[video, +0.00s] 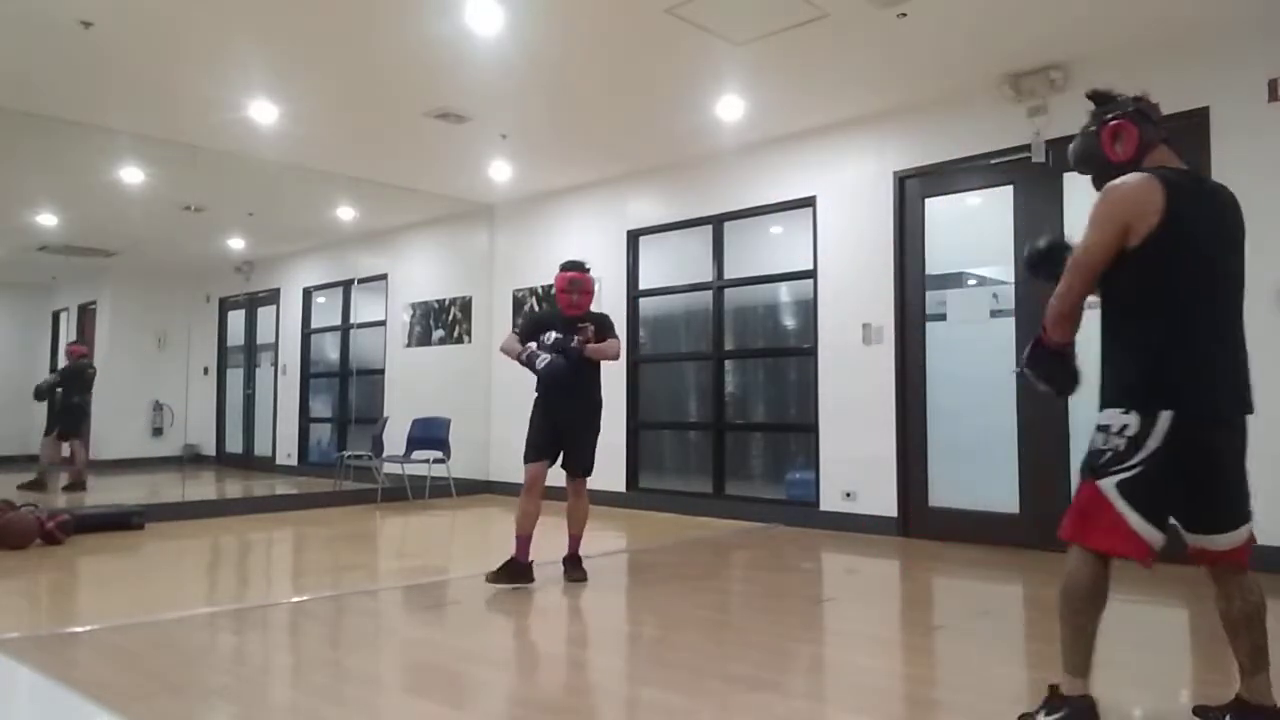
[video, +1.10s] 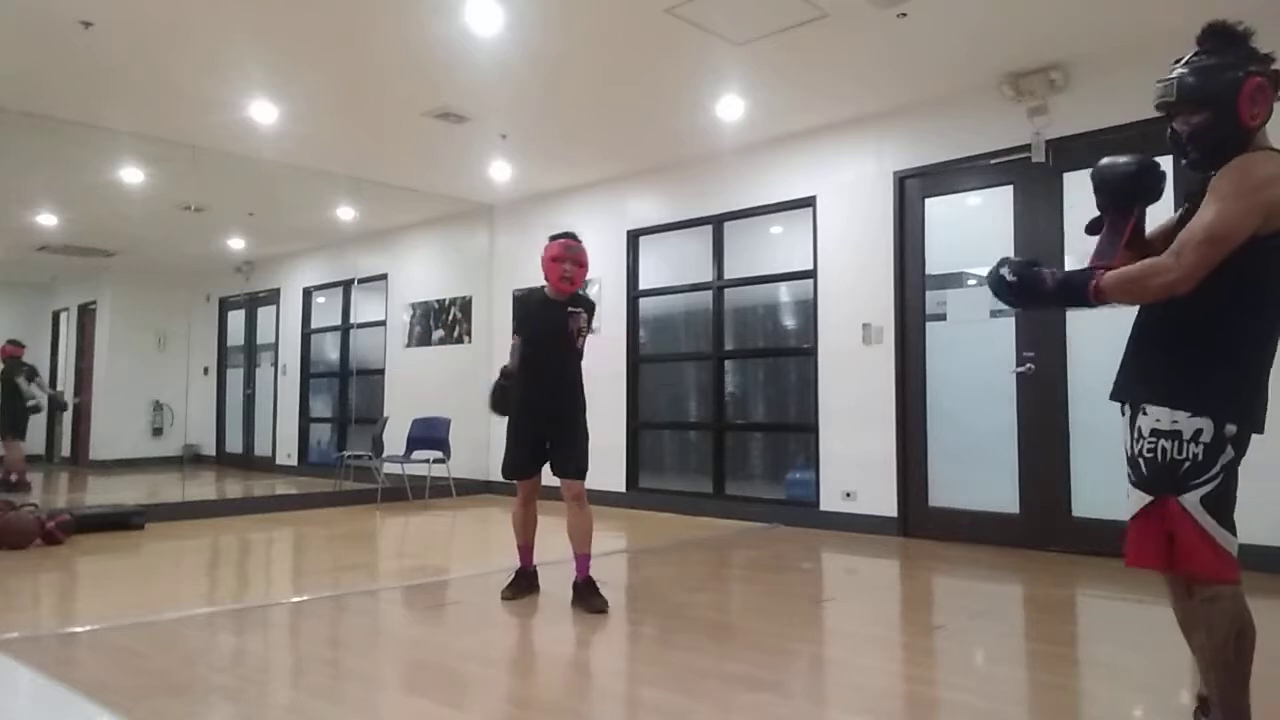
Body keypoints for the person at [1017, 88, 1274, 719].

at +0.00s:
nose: (1098, 176)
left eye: (1098, 163)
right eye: (1095, 166)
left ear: (1121, 137)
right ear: (1155, 136)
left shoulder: (1127, 195)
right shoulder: (1222, 201)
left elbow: (1066, 299)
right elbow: (1168, 281)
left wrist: (1054, 352)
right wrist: (1076, 265)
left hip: (1146, 403)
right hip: (1221, 404)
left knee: (1087, 542)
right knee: (1229, 557)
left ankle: (1073, 695)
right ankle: (1258, 699)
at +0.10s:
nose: (1114, 174)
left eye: (1114, 158)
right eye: (1109, 163)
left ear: (1145, 134)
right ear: (1169, 135)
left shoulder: (1157, 189)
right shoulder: (1224, 194)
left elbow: (1086, 294)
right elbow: (1177, 280)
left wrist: (1077, 340)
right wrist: (1106, 245)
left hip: (1172, 400)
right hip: (1236, 399)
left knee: (1127, 543)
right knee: (1242, 552)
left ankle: (1128, 697)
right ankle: (1261, 697)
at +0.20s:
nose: (1127, 167)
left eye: (1128, 150)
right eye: (1121, 155)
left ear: (1161, 133)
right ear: (1187, 134)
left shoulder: (1181, 188)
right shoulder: (1230, 190)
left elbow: (1094, 281)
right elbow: (1184, 277)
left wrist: (1089, 319)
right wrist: (1114, 275)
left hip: (1185, 404)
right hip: (1241, 402)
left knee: (1178, 555)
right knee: (1247, 552)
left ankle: (1205, 705)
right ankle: (1264, 697)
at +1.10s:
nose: (1177, 126)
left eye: (1193, 108)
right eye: (1175, 111)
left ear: (1249, 102)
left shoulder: (1255, 175)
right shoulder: (1221, 180)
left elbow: (1175, 274)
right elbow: (1125, 269)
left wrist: (1062, 288)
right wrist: (1119, 216)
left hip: (1205, 403)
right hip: (1171, 398)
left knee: (1204, 571)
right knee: (1186, 564)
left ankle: (1230, 714)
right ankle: (1213, 705)